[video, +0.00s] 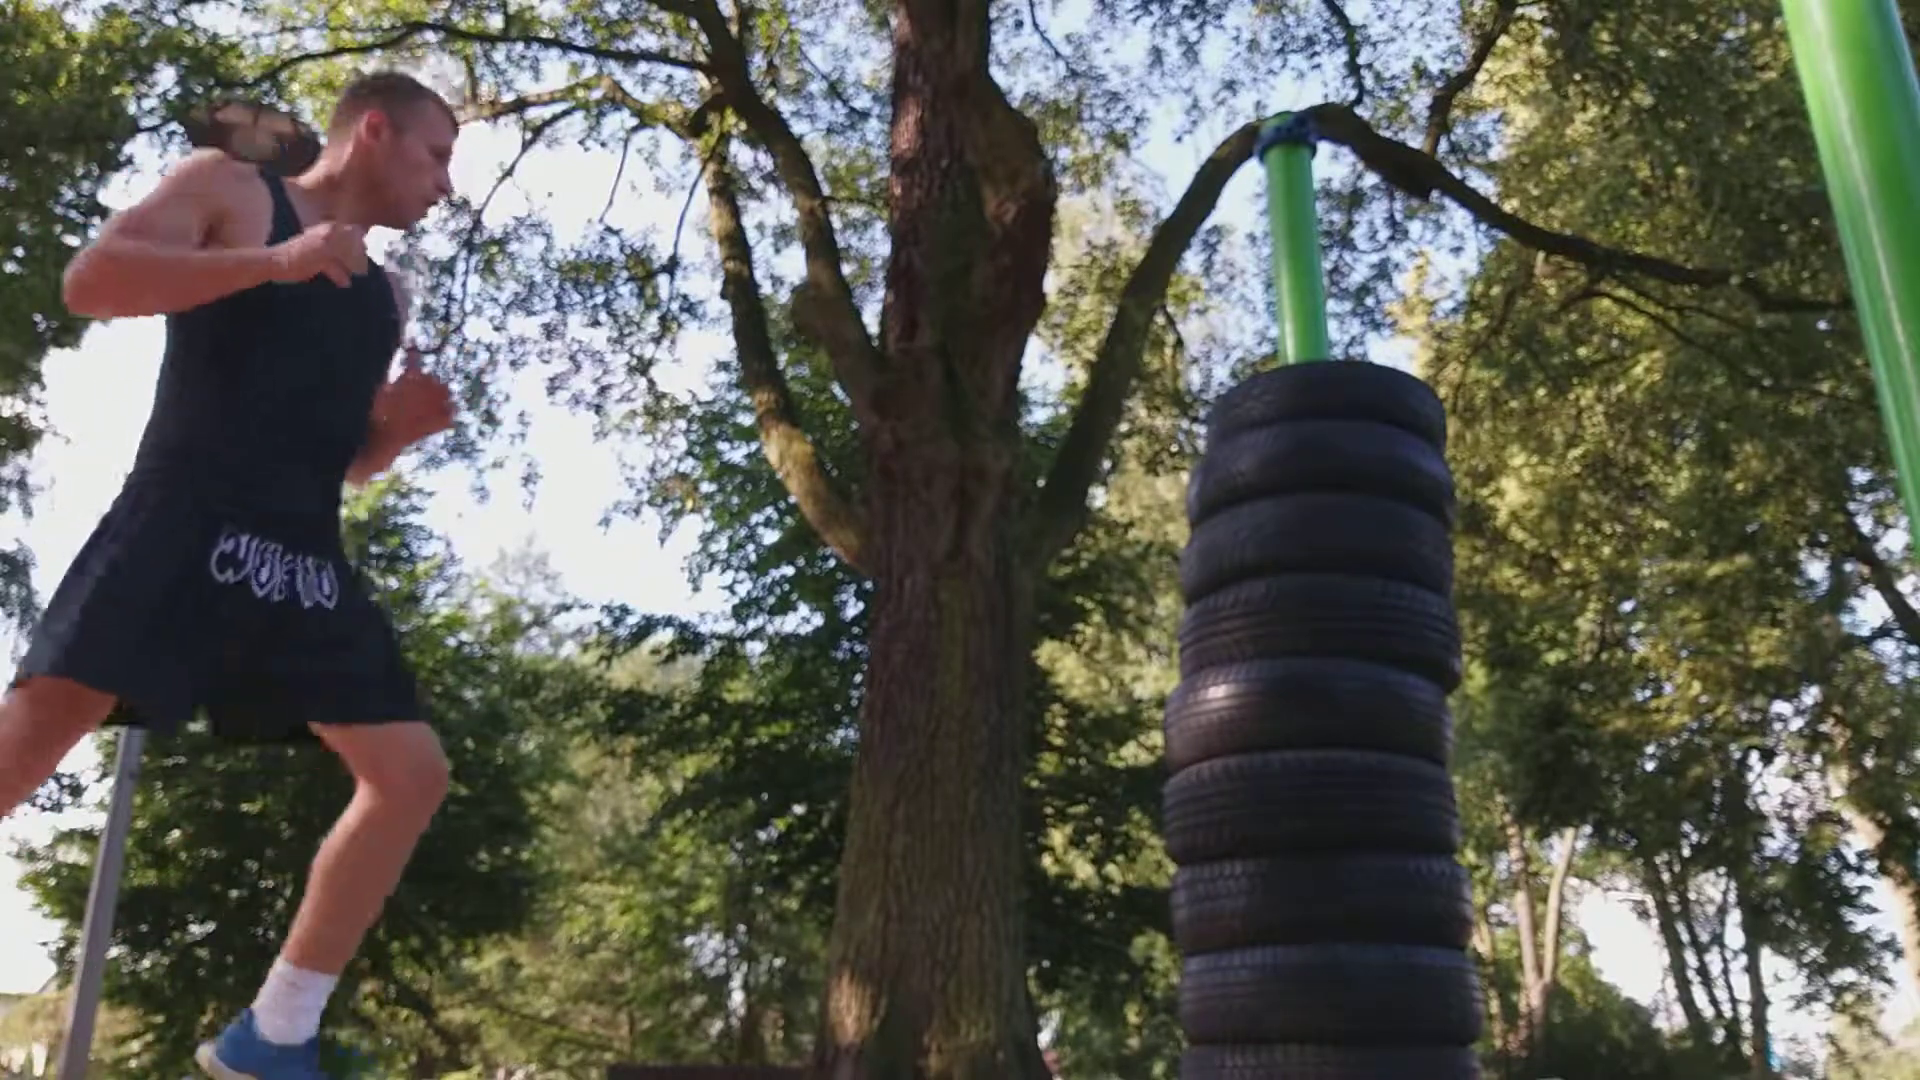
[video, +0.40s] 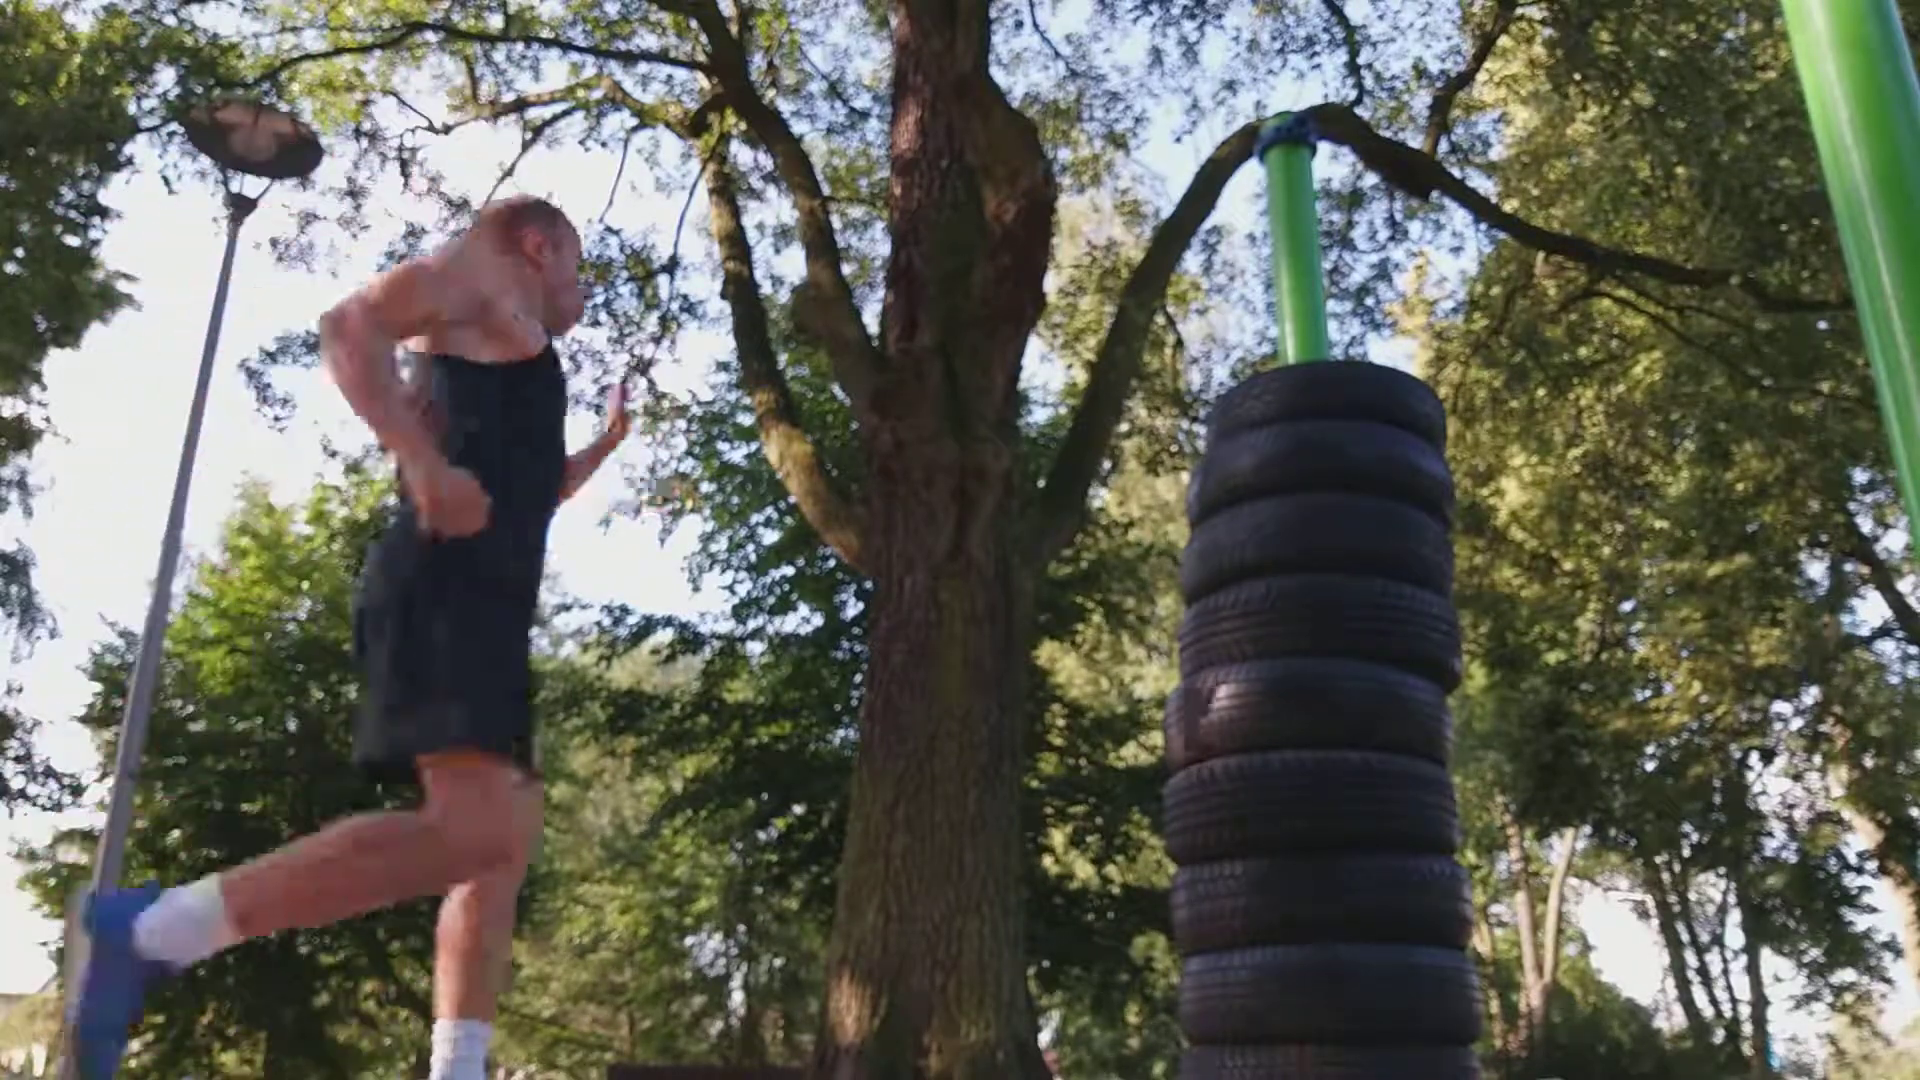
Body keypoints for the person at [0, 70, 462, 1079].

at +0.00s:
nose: (445, 181)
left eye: (451, 164)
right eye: (437, 154)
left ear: (377, 138)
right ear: (371, 129)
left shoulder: (383, 291)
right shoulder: (229, 183)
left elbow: (334, 467)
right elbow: (94, 280)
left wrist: (392, 430)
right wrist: (270, 262)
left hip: (305, 561)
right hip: (178, 527)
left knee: (410, 773)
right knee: (27, 741)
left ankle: (277, 1032)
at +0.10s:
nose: (486, 174)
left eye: (493, 157)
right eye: (481, 147)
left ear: (425, 127)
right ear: (414, 117)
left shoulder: (425, 279)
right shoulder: (272, 167)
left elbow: (398, 422)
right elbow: (125, 276)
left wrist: (428, 429)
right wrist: (264, 336)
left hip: (347, 541)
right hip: (221, 515)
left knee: (439, 751)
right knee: (72, 737)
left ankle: (338, 1014)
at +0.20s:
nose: (521, 201)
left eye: (528, 182)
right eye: (515, 173)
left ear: (457, 153)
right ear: (451, 146)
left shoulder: (467, 307)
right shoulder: (302, 204)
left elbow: (496, 456)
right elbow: (164, 327)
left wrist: (538, 487)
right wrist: (209, 448)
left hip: (369, 576)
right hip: (252, 537)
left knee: (462, 773)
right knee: (106, 753)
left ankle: (415, 1049)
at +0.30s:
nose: (552, 263)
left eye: (553, 243)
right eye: (544, 238)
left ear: (489, 227)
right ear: (493, 217)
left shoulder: (490, 374)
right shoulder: (361, 273)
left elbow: (548, 496)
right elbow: (197, 366)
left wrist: (651, 453)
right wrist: (206, 506)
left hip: (408, 636)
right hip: (312, 601)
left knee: (496, 828)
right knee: (172, 795)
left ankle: (466, 1068)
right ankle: (3, 984)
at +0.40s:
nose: (585, 286)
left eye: (587, 271)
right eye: (579, 264)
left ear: (532, 255)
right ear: (536, 243)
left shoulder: (525, 353)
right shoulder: (473, 270)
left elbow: (530, 496)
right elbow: (352, 324)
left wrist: (609, 439)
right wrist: (423, 462)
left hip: (489, 598)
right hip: (445, 582)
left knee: (503, 839)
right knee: (474, 831)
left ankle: (460, 1066)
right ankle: (148, 933)